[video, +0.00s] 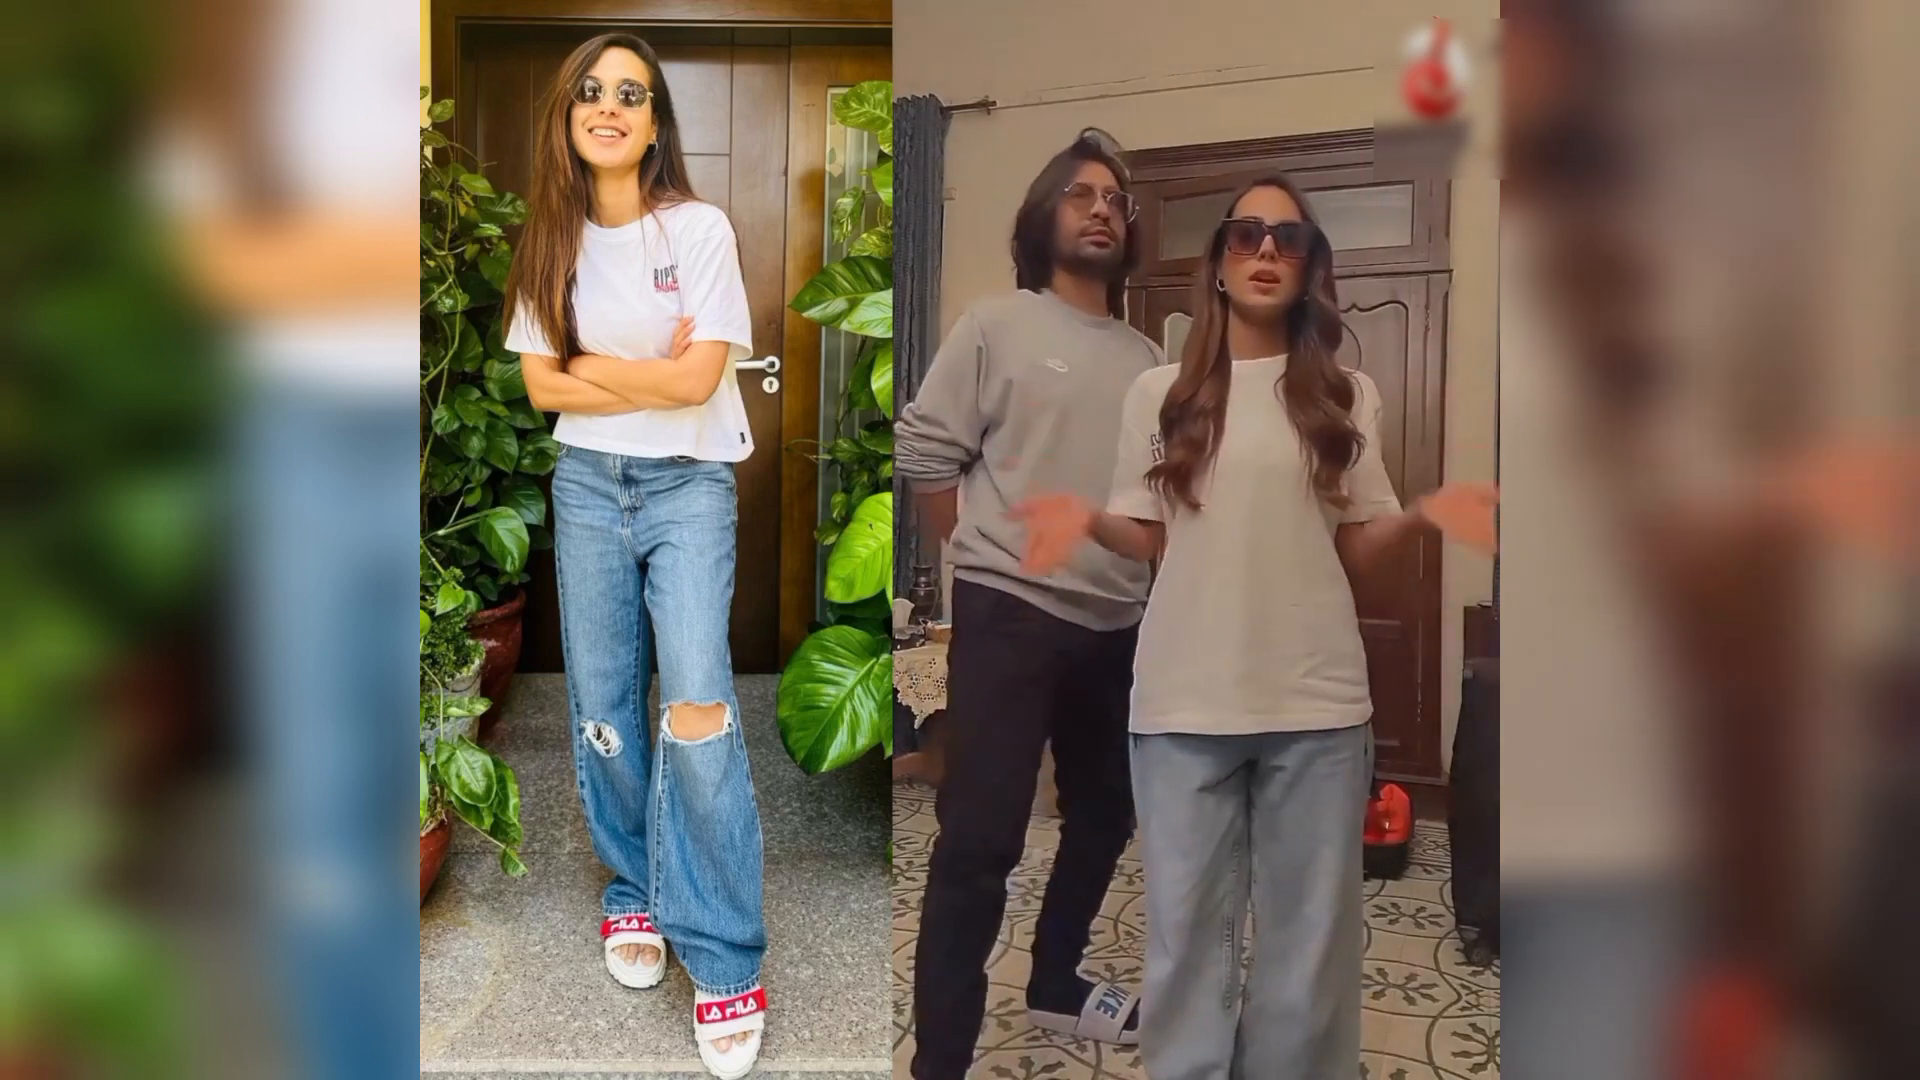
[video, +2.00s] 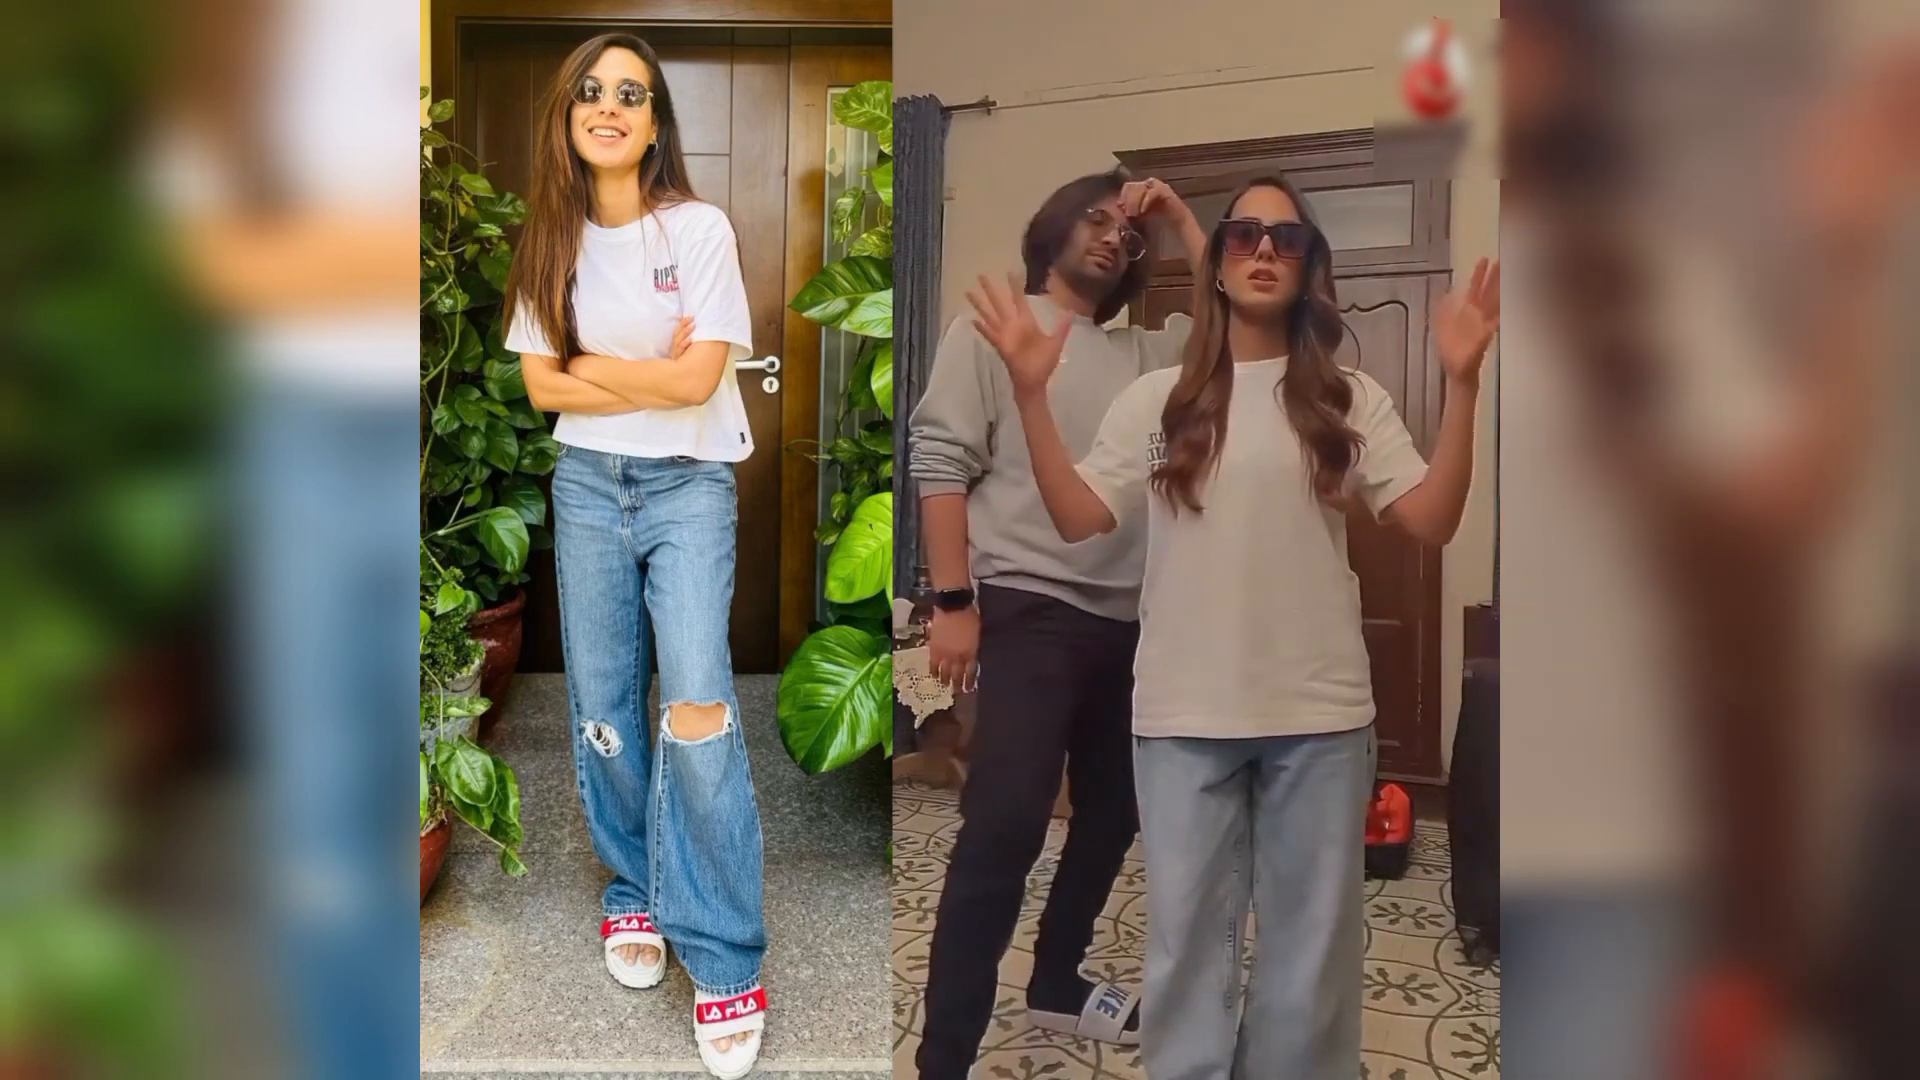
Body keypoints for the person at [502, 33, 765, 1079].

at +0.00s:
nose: (610, 111)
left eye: (629, 97)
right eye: (593, 95)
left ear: (656, 122)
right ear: (566, 117)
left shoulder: (699, 226)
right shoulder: (549, 239)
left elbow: (698, 378)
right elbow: (540, 385)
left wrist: (576, 362)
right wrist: (662, 378)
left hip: (689, 481)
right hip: (584, 483)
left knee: (695, 709)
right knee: (602, 708)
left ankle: (724, 955)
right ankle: (631, 890)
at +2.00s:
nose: (609, 111)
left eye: (629, 98)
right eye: (592, 95)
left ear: (656, 122)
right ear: (565, 117)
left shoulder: (699, 226)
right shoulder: (550, 239)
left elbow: (699, 378)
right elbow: (540, 385)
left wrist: (578, 363)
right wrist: (662, 377)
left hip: (689, 482)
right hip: (584, 484)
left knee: (694, 709)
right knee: (602, 706)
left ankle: (724, 956)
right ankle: (632, 891)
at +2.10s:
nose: (610, 111)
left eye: (630, 97)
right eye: (593, 95)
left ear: (656, 121)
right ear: (566, 117)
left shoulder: (699, 226)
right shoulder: (549, 240)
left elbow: (698, 378)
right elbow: (540, 385)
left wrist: (576, 362)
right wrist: (662, 378)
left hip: (689, 482)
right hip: (584, 484)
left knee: (695, 708)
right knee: (603, 708)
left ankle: (724, 955)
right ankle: (631, 889)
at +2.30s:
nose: (610, 111)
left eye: (630, 97)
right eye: (593, 95)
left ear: (656, 121)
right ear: (566, 117)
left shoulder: (699, 226)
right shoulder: (549, 240)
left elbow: (698, 378)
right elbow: (540, 385)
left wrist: (576, 362)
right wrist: (662, 378)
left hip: (689, 482)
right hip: (584, 484)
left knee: (695, 708)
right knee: (603, 708)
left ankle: (724, 955)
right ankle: (631, 890)